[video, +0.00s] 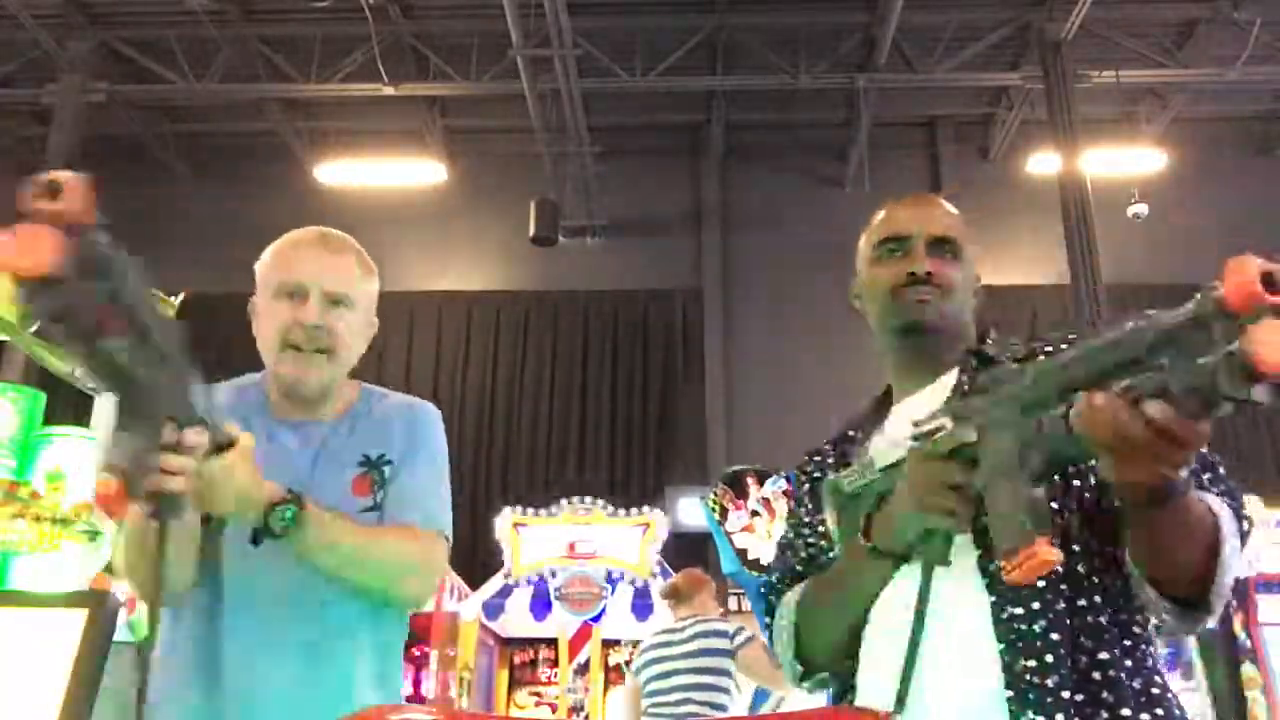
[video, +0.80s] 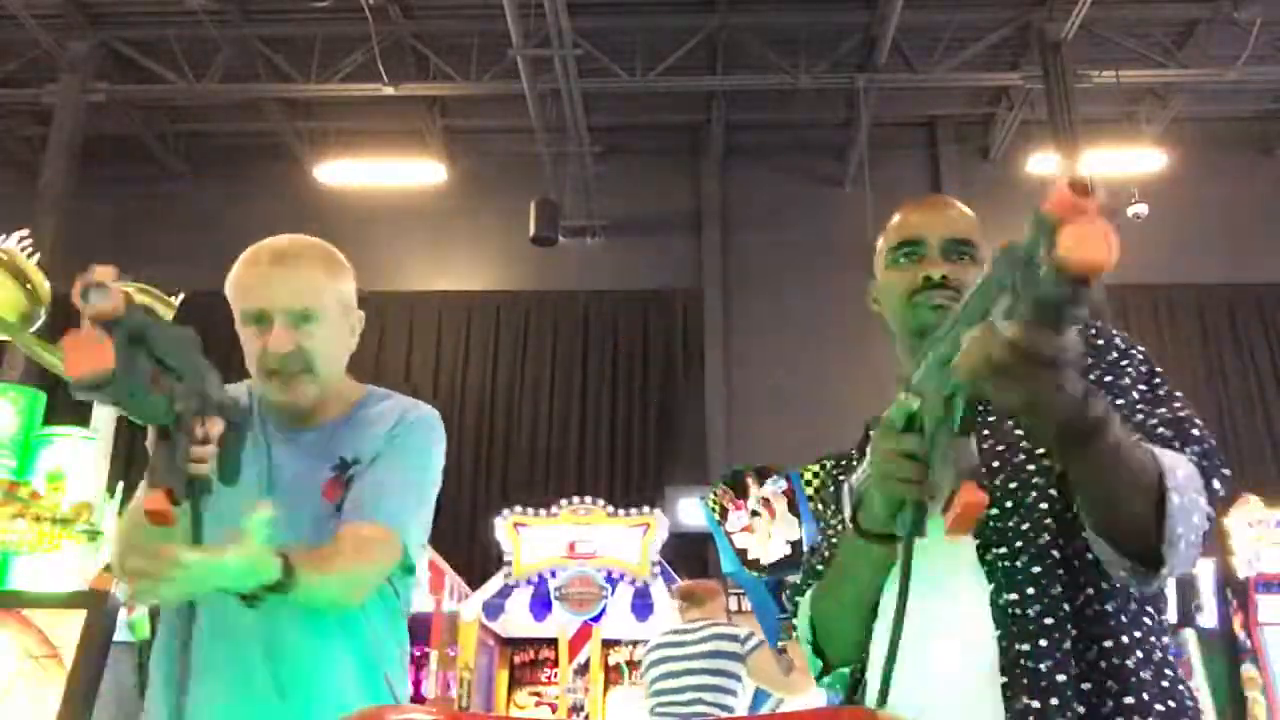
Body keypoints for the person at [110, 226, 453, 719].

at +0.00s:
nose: (312, 318)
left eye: (338, 303)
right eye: (292, 296)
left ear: (369, 331)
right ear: (254, 312)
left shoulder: (410, 427)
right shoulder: (194, 415)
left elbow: (417, 576)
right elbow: (156, 585)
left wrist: (265, 504)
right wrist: (167, 499)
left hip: (348, 709)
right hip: (196, 708)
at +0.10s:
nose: (328, 325)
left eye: (355, 308)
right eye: (310, 302)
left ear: (384, 335)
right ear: (274, 314)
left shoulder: (418, 435)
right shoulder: (202, 419)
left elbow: (439, 580)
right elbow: (186, 577)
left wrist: (325, 513)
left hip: (357, 709)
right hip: (208, 707)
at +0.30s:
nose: (332, 326)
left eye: (356, 313)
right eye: (311, 306)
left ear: (385, 339)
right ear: (273, 324)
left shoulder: (417, 438)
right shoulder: (210, 420)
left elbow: (448, 583)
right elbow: (205, 587)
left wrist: (351, 530)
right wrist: (264, 538)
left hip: (367, 709)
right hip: (217, 709)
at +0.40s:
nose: (306, 324)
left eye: (330, 308)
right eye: (285, 302)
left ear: (367, 330)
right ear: (254, 316)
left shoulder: (405, 426)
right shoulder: (189, 414)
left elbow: (427, 567)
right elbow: (155, 566)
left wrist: (294, 508)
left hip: (349, 706)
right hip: (196, 707)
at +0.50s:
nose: (284, 320)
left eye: (310, 302)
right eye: (265, 296)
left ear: (351, 323)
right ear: (236, 310)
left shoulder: (397, 418)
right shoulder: (182, 417)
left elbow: (415, 566)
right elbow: (139, 584)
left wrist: (296, 490)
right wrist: (137, 488)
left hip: (343, 707)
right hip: (193, 707)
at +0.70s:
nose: (277, 329)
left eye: (304, 308)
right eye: (257, 306)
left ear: (351, 322)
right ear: (233, 314)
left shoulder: (395, 424)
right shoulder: (196, 411)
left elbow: (332, 571)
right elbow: (128, 590)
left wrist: (223, 536)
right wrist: (150, 501)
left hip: (336, 710)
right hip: (184, 708)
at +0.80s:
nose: (279, 344)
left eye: (303, 319)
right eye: (258, 321)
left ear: (353, 328)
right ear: (237, 330)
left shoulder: (405, 428)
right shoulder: (201, 419)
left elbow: (353, 573)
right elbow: (133, 569)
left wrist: (252, 570)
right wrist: (167, 477)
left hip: (345, 710)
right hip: (195, 709)